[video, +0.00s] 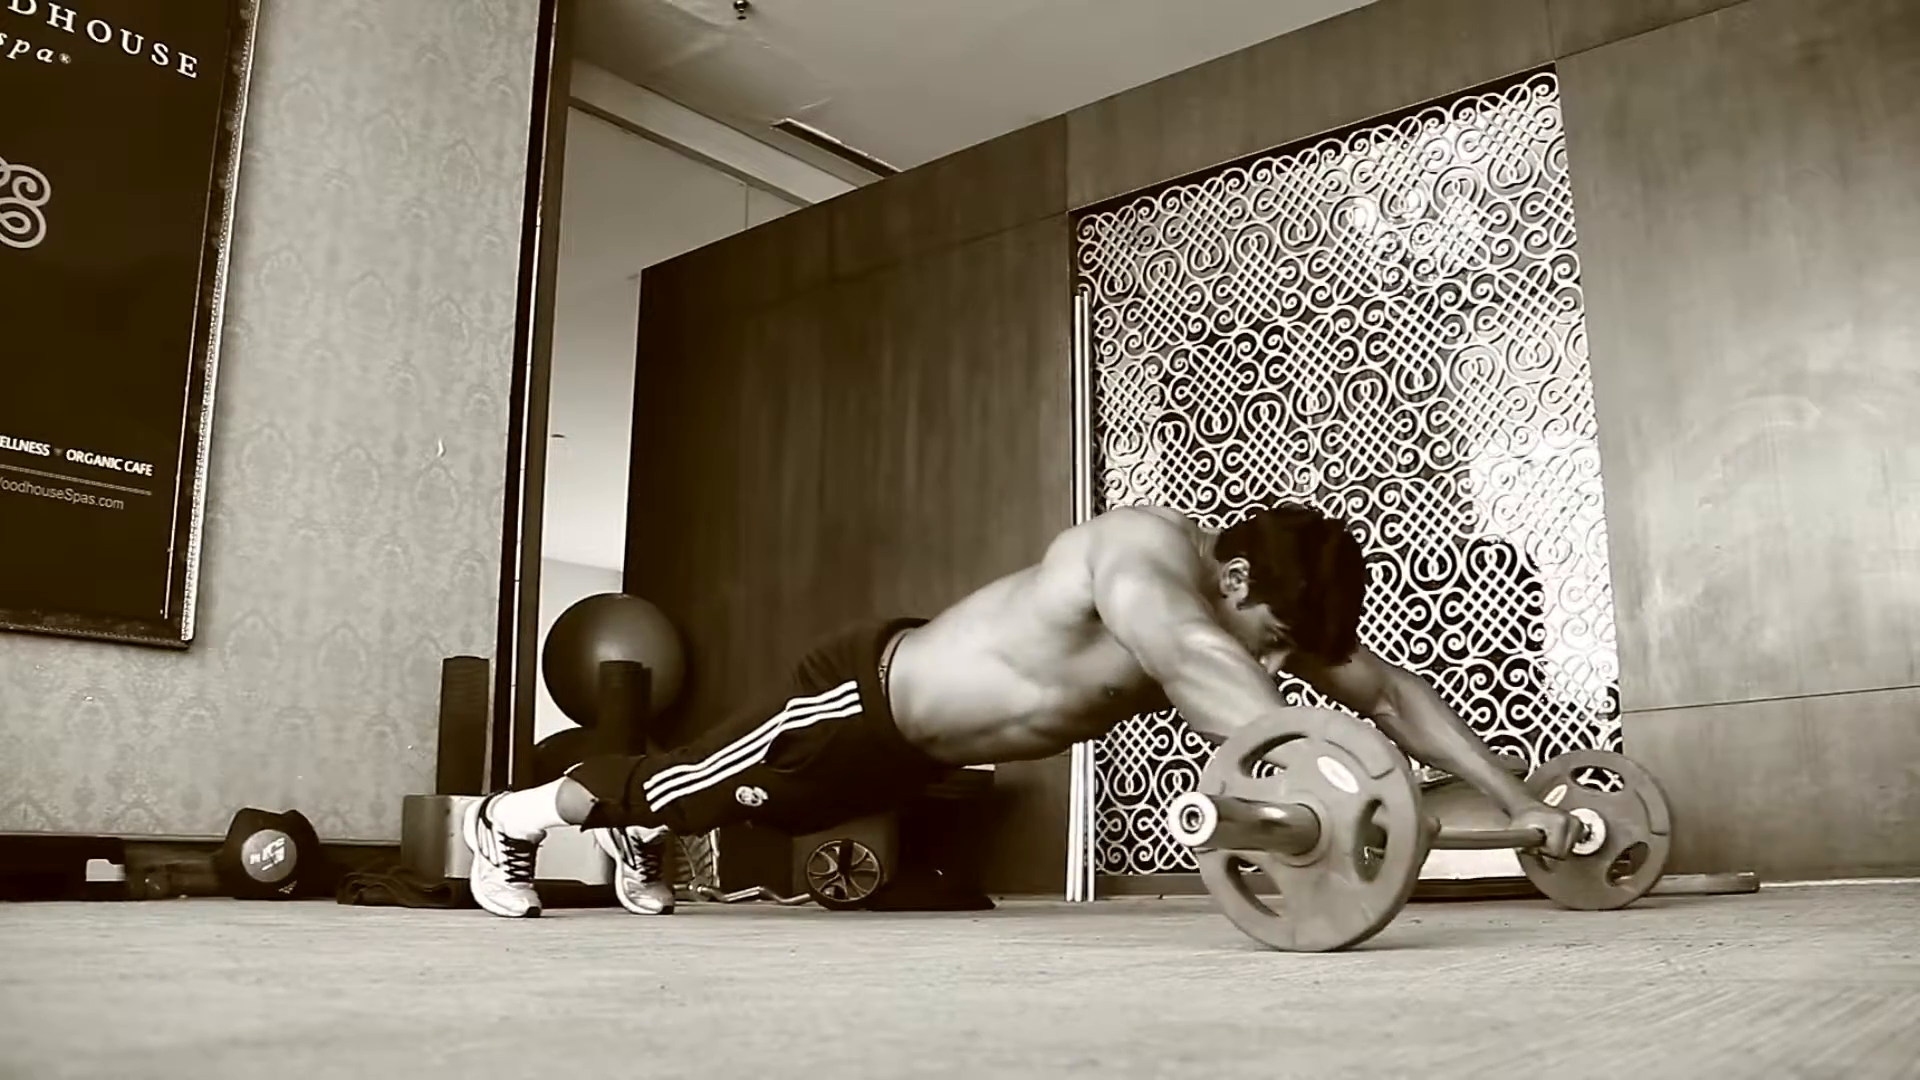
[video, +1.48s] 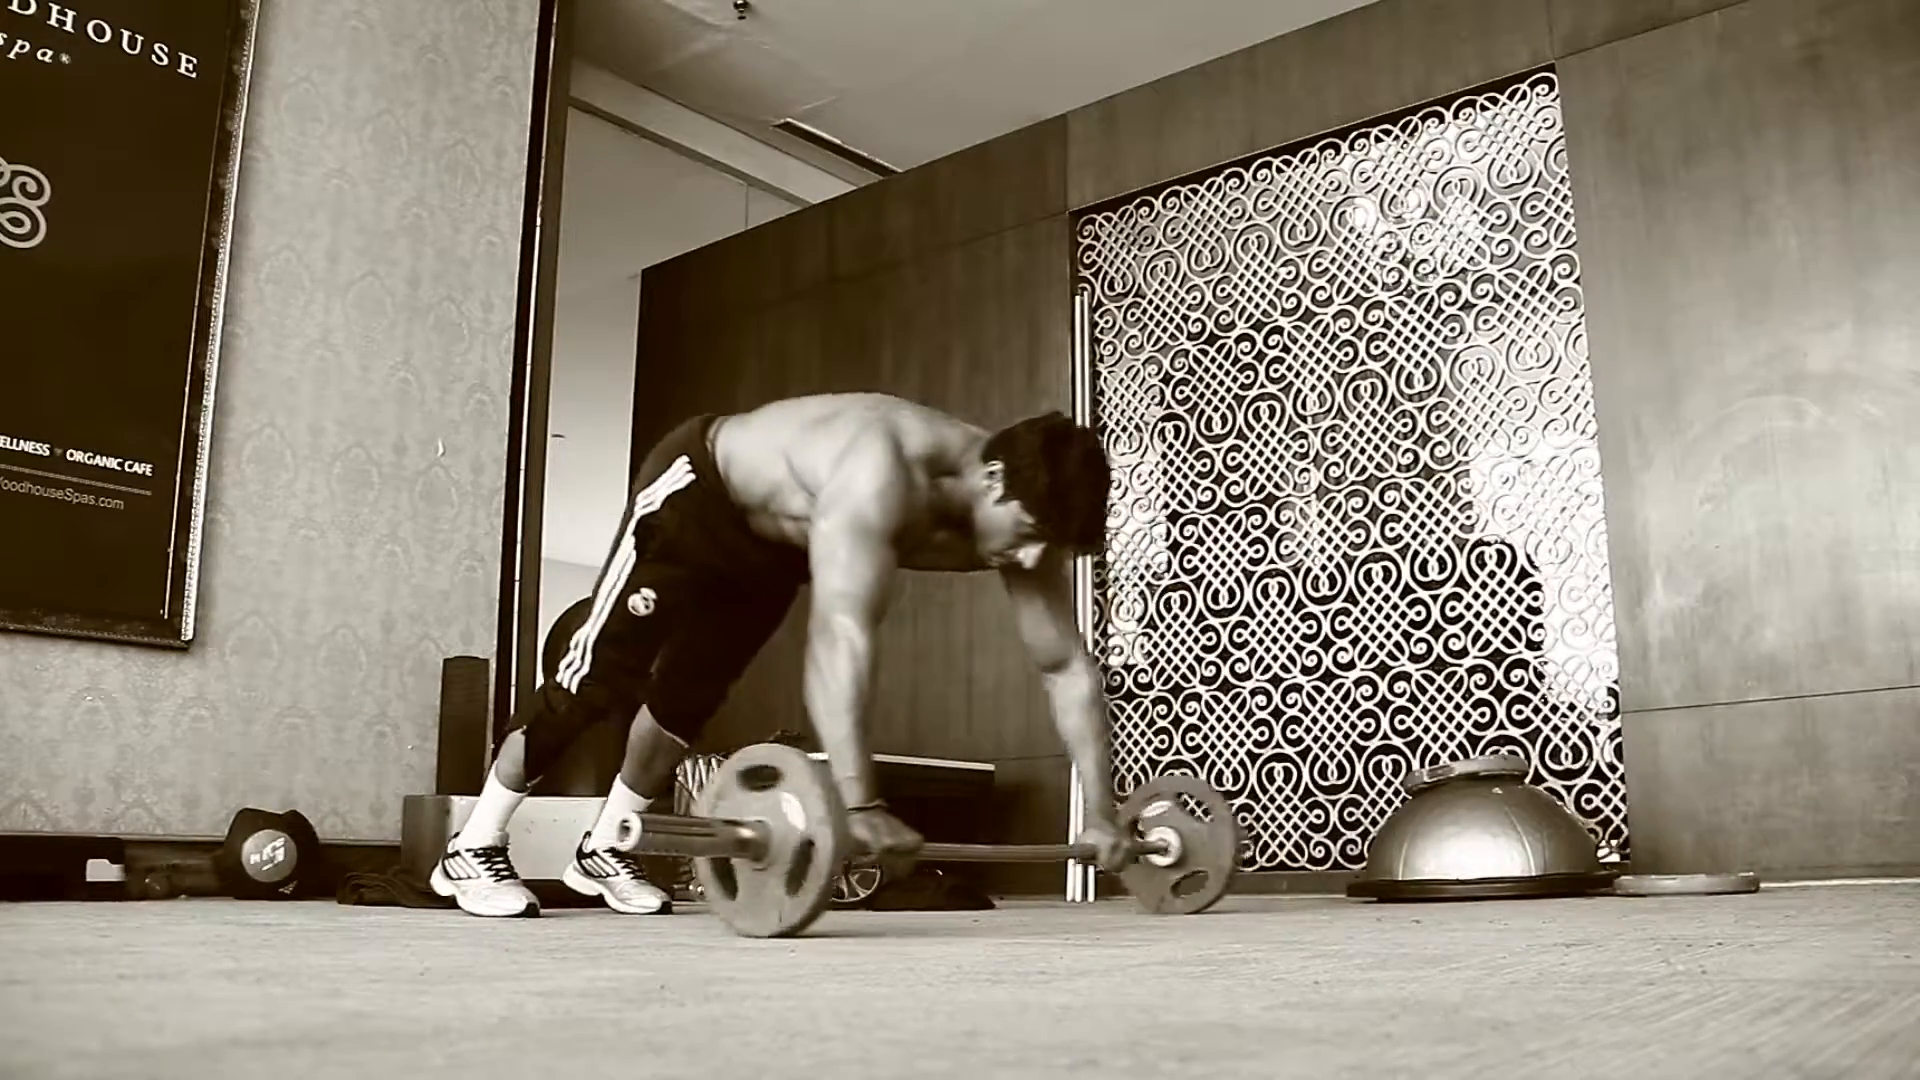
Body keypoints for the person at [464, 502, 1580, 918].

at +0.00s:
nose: (1273, 658)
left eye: (1286, 649)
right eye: (1274, 635)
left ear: (1296, 617)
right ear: (1239, 573)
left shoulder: (1254, 607)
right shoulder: (1143, 548)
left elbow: (1385, 695)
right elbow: (1180, 663)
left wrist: (1520, 802)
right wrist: (1317, 734)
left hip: (955, 763)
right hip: (875, 702)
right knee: (676, 791)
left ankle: (712, 868)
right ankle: (506, 830)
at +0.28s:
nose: (1250, 636)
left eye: (1266, 627)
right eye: (1254, 612)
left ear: (1278, 588)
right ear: (1234, 548)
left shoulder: (1229, 569)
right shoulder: (1129, 527)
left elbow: (1353, 677)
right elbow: (1167, 665)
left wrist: (1453, 773)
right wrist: (1265, 742)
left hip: (916, 716)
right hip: (859, 672)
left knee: (749, 796)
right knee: (660, 775)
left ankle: (616, 844)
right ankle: (514, 824)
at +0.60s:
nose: (1208, 591)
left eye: (1226, 579)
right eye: (1215, 569)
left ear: (1209, 521)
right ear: (1191, 507)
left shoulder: (1177, 534)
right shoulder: (1075, 487)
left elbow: (1290, 665)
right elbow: (1086, 625)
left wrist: (1372, 793)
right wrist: (1156, 750)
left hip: (887, 645)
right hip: (823, 612)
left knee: (751, 738)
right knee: (657, 737)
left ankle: (618, 821)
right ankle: (495, 821)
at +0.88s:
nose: (1174, 551)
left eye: (1189, 541)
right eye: (1178, 529)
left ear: (1172, 498)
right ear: (1141, 473)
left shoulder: (1136, 529)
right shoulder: (1023, 461)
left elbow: (1217, 659)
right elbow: (996, 621)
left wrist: (1275, 810)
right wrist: (1043, 794)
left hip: (852, 616)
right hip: (786, 559)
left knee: (728, 729)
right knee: (643, 709)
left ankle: (611, 832)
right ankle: (489, 826)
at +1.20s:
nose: (1092, 552)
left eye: (1108, 540)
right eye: (1093, 529)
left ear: (1104, 506)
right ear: (1055, 474)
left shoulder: (1070, 510)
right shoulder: (943, 469)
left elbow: (1132, 659)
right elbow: (905, 631)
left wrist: (1170, 808)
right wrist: (934, 799)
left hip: (817, 570)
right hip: (740, 517)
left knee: (701, 710)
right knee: (612, 695)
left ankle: (610, 843)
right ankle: (481, 836)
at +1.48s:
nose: (1032, 558)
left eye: (1050, 546)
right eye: (1030, 534)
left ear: (1063, 528)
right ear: (992, 482)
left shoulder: (1017, 521)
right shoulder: (879, 472)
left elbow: (1066, 667)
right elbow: (838, 635)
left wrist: (1097, 805)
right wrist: (858, 801)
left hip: (782, 546)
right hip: (703, 489)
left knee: (686, 692)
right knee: (596, 676)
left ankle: (603, 847)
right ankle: (473, 845)